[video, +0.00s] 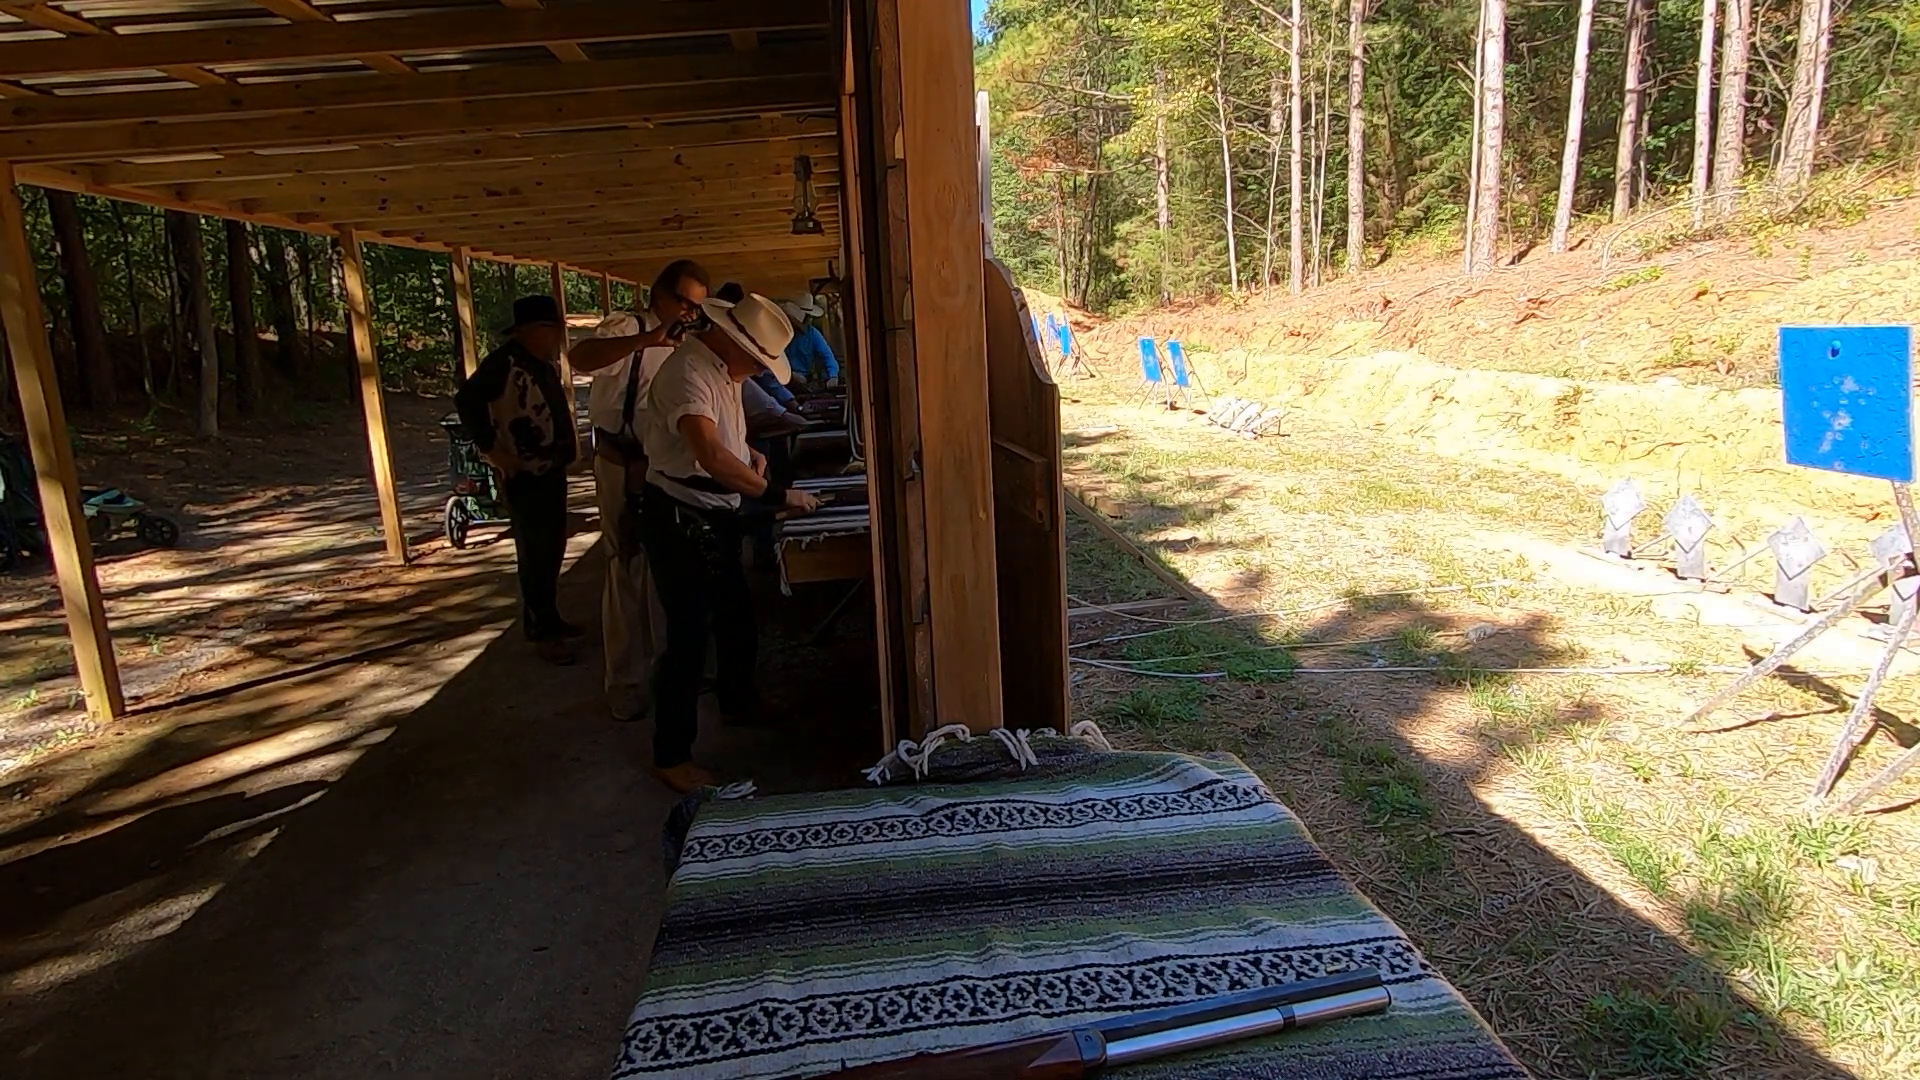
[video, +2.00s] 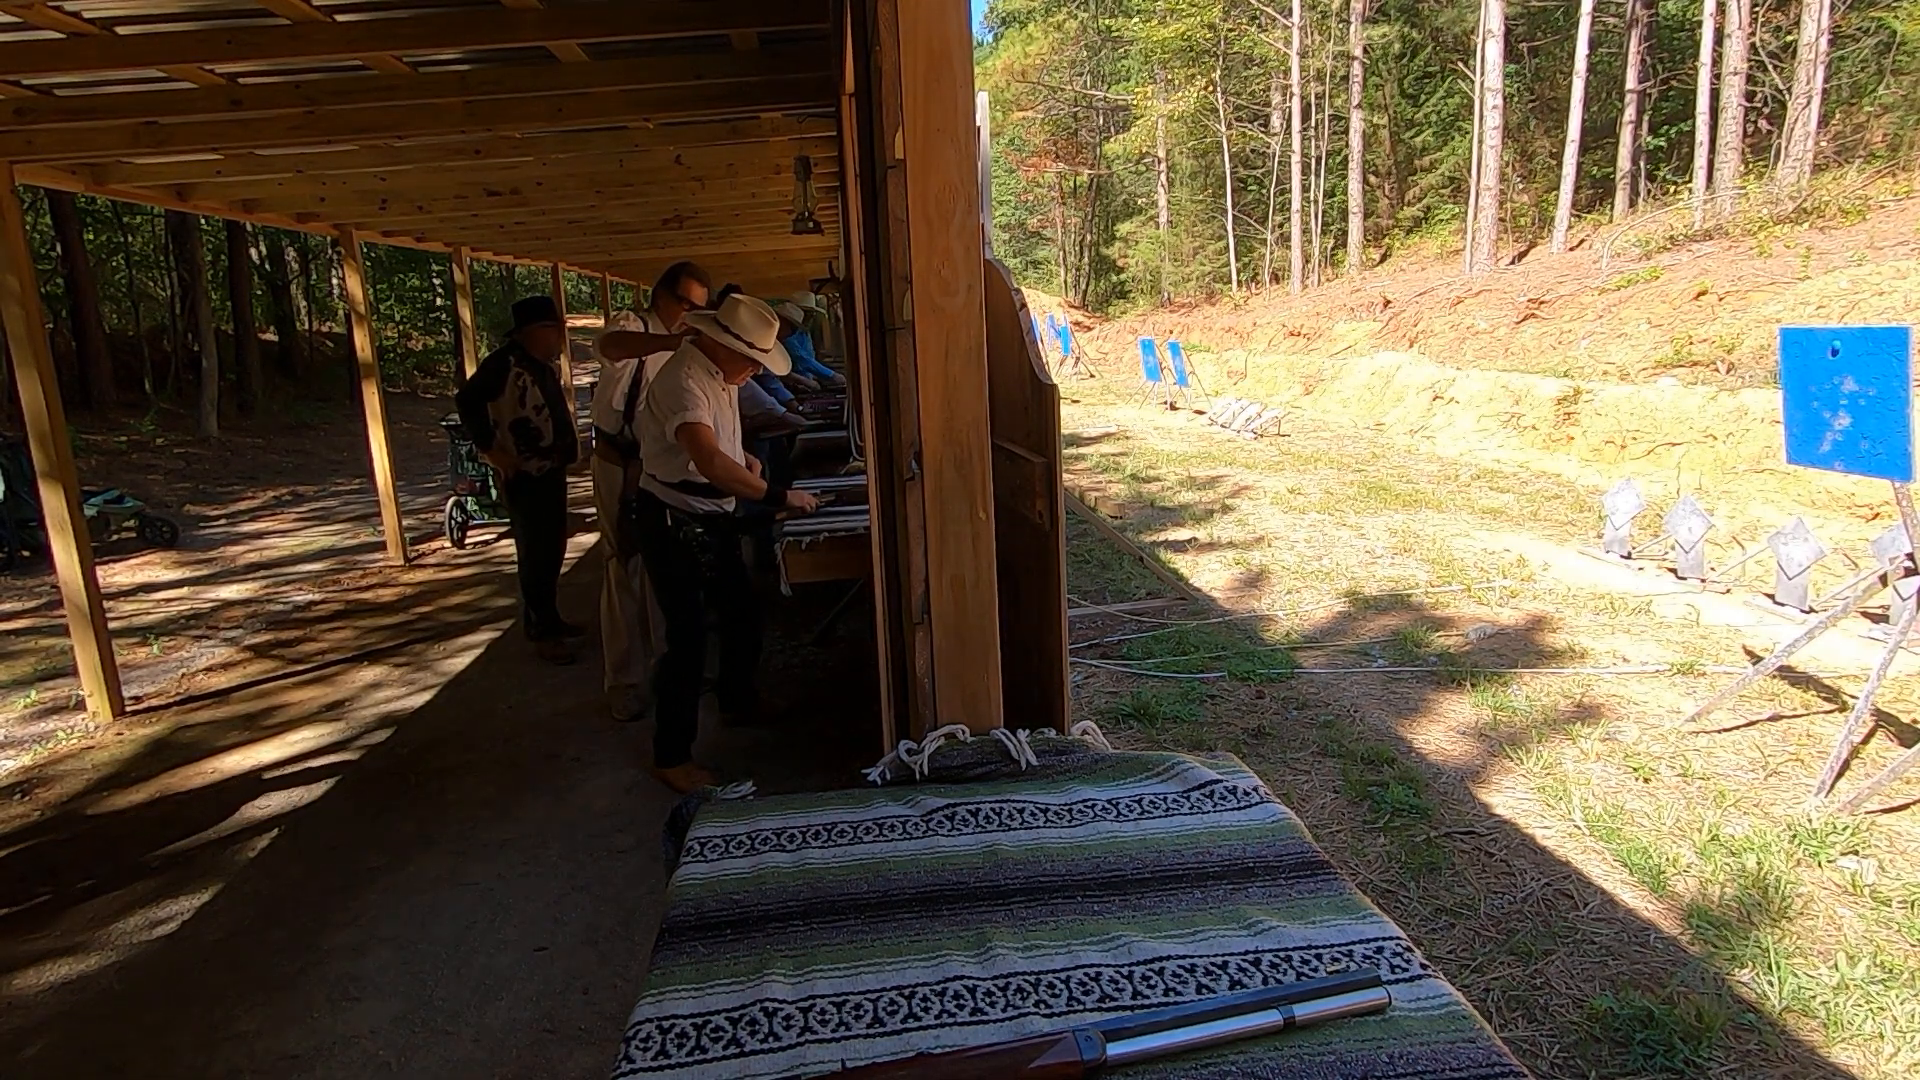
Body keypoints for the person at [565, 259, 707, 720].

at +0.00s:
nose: (687, 313)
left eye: (696, 307)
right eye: (681, 302)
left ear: (702, 311)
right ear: (657, 296)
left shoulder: (694, 348)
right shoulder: (626, 328)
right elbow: (579, 358)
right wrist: (649, 339)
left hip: (675, 467)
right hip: (621, 467)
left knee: (672, 571)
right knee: (626, 573)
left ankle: (677, 672)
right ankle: (625, 685)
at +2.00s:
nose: (691, 314)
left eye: (698, 309)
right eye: (686, 304)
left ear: (698, 310)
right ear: (661, 296)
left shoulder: (690, 345)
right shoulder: (631, 327)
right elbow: (608, 346)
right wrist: (675, 342)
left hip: (668, 463)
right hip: (619, 466)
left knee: (671, 567)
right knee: (626, 572)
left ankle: (673, 671)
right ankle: (624, 684)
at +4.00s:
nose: (687, 315)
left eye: (694, 309)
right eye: (682, 304)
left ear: (696, 310)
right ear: (657, 296)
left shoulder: (687, 344)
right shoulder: (630, 325)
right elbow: (610, 348)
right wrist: (676, 345)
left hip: (666, 462)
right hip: (617, 463)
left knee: (668, 564)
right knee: (624, 570)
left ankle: (669, 664)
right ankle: (623, 680)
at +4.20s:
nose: (683, 314)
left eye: (690, 308)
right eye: (677, 304)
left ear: (692, 310)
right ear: (651, 296)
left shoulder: (683, 344)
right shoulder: (625, 326)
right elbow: (608, 349)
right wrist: (671, 343)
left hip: (664, 459)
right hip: (615, 461)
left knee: (665, 562)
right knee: (620, 568)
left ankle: (670, 664)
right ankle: (616, 682)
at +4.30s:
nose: (675, 312)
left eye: (683, 307)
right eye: (669, 302)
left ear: (687, 308)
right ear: (643, 294)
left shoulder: (678, 341)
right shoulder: (619, 325)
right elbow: (597, 351)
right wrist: (662, 341)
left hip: (660, 459)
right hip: (609, 459)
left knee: (661, 564)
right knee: (612, 567)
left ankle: (668, 665)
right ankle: (600, 679)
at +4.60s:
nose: (636, 312)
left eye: (643, 303)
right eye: (627, 302)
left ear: (649, 303)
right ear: (601, 298)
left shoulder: (653, 344)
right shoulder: (575, 337)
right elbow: (537, 377)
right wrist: (607, 362)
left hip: (644, 473)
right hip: (584, 476)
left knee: (653, 580)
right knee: (569, 581)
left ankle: (670, 675)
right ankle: (545, 694)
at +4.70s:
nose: (615, 311)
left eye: (620, 304)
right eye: (605, 303)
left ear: (624, 304)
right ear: (577, 301)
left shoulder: (627, 351)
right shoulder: (549, 343)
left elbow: (640, 408)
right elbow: (512, 397)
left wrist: (644, 443)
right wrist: (573, 383)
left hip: (623, 475)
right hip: (567, 479)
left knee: (646, 575)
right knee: (559, 582)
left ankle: (666, 669)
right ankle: (544, 694)